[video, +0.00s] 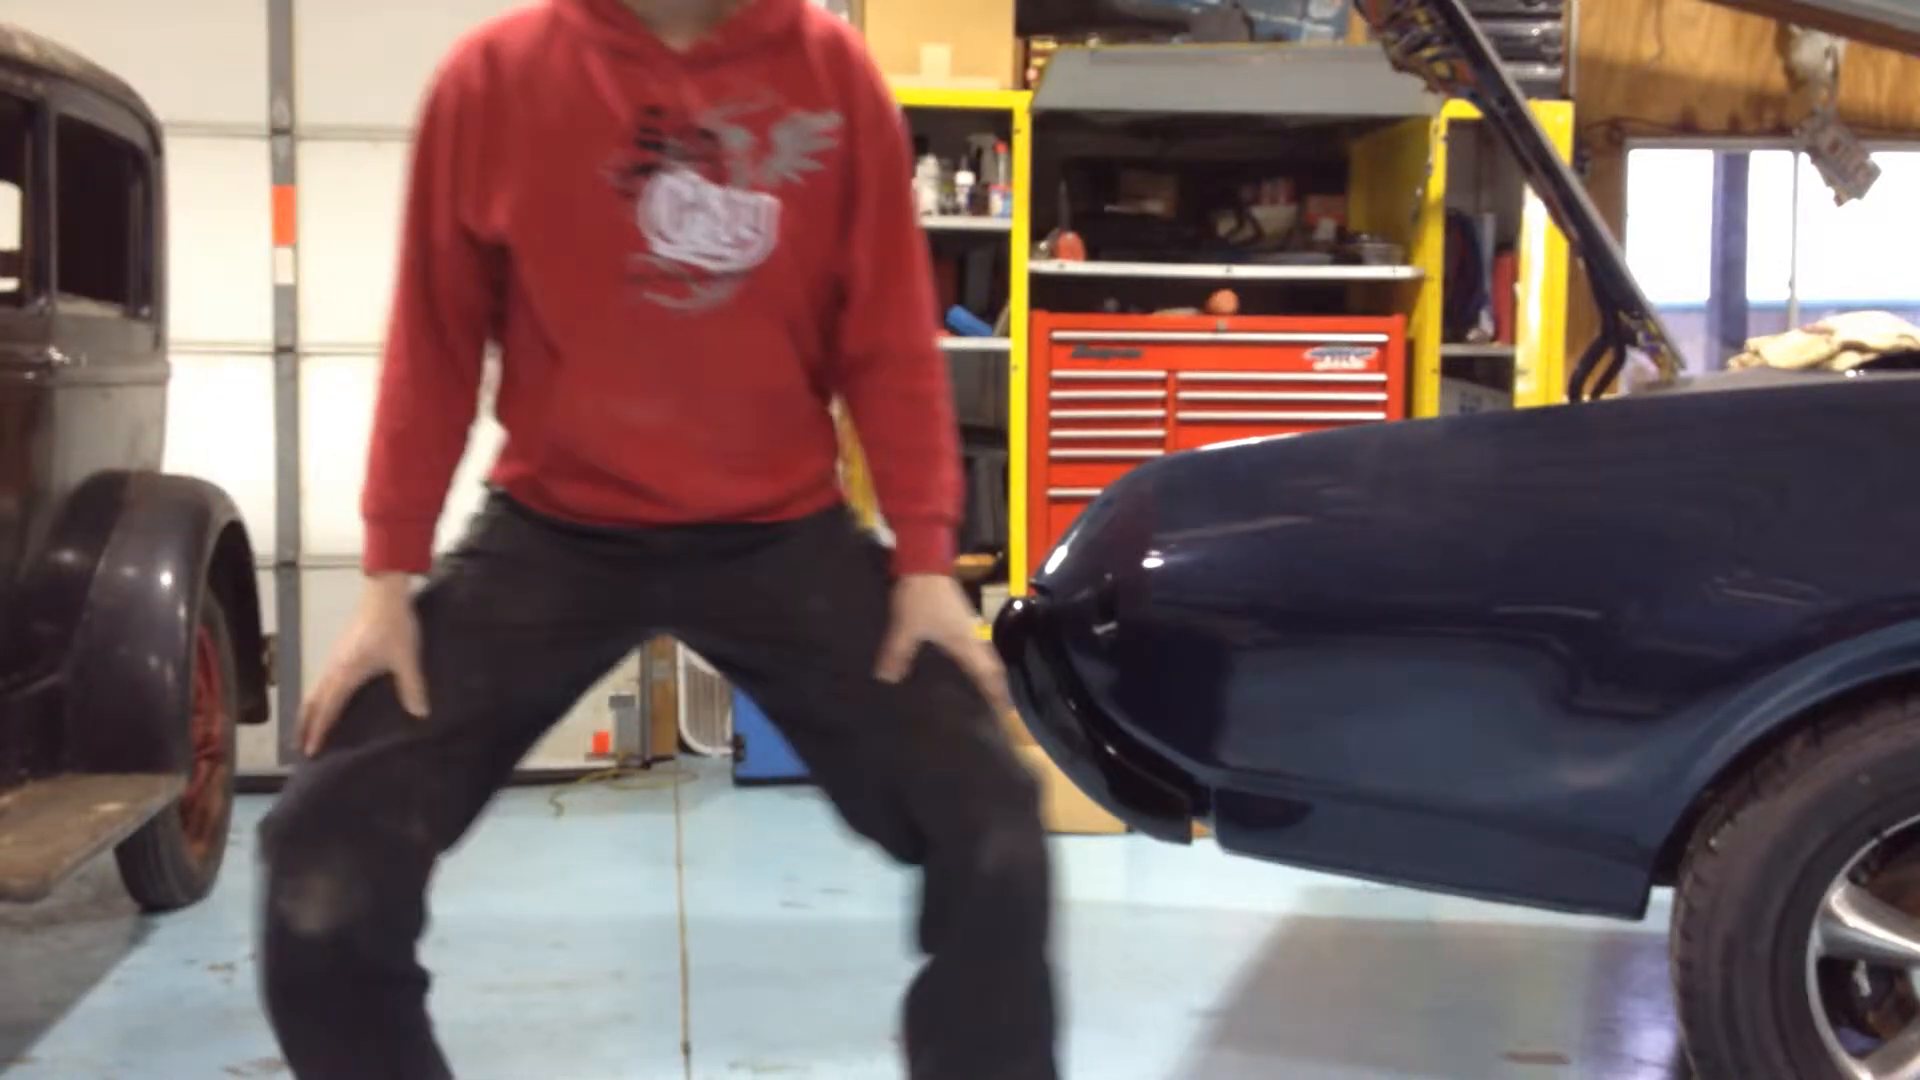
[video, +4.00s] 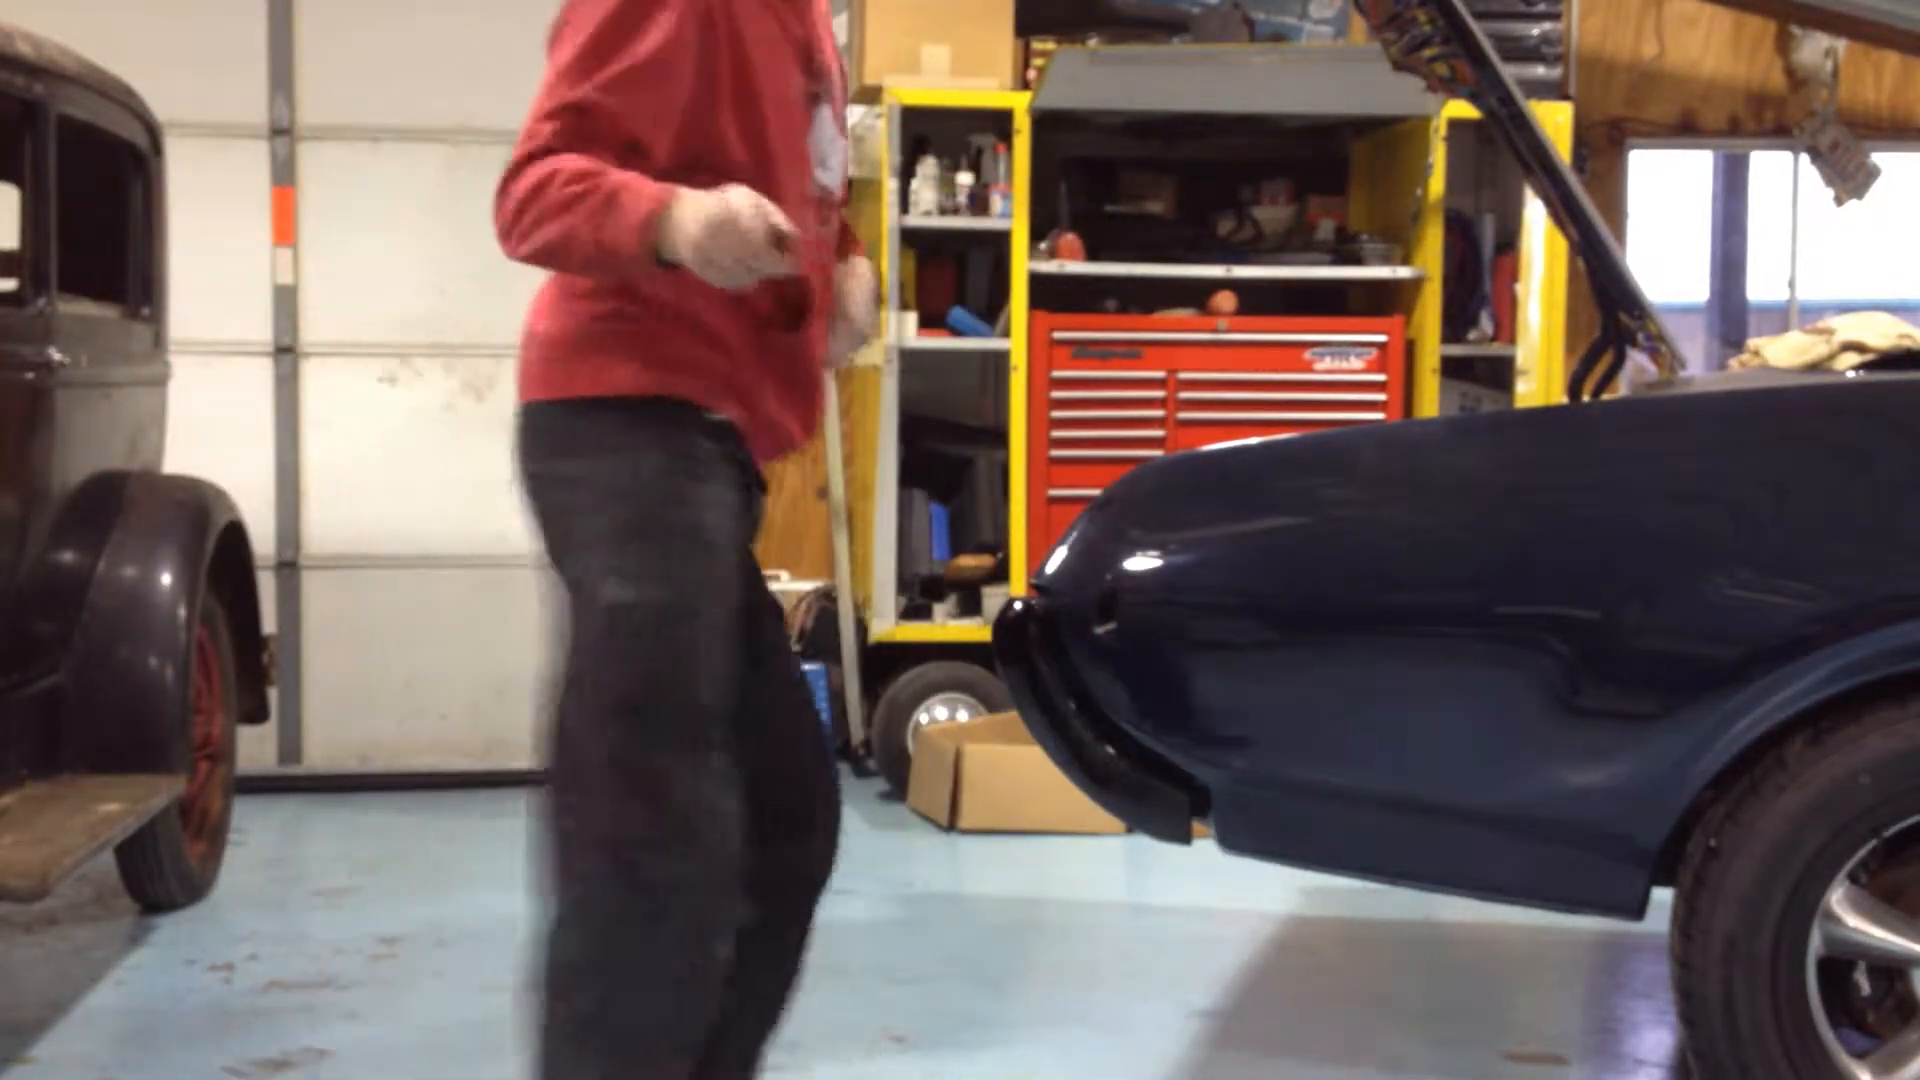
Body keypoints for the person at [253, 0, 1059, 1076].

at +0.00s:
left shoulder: (830, 71)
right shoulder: (496, 79)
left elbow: (891, 329)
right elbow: (432, 337)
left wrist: (927, 559)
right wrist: (389, 573)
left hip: (783, 537)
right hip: (553, 536)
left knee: (988, 816)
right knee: (331, 844)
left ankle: (983, 1068)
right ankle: (385, 1072)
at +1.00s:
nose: (631, 8)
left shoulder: (749, 113)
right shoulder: (408, 132)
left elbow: (834, 363)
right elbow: (364, 386)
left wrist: (884, 567)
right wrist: (351, 593)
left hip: (740, 561)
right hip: (514, 571)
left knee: (990, 792)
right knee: (302, 877)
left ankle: (1022, 1062)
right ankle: (404, 1067)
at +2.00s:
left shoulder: (1011, 140)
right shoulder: (675, 123)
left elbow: (1068, 393)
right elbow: (603, 361)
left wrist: (1066, 611)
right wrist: (545, 556)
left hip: (916, 581)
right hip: (694, 562)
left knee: (1101, 862)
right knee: (423, 809)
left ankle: (985, 1075)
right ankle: (401, 1072)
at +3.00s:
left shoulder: (713, 55)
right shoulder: (375, 41)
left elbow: (845, 254)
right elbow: (265, 272)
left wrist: (924, 465)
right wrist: (260, 497)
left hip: (651, 500)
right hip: (433, 513)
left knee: (876, 780)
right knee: (351, 896)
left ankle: (893, 1067)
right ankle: (413, 1073)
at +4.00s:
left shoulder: (806, 24)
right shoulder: (666, 5)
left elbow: (791, 203)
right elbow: (534, 193)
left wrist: (832, 271)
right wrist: (670, 216)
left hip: (702, 432)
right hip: (629, 421)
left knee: (786, 807)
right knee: (655, 821)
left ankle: (700, 1066)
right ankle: (616, 1063)